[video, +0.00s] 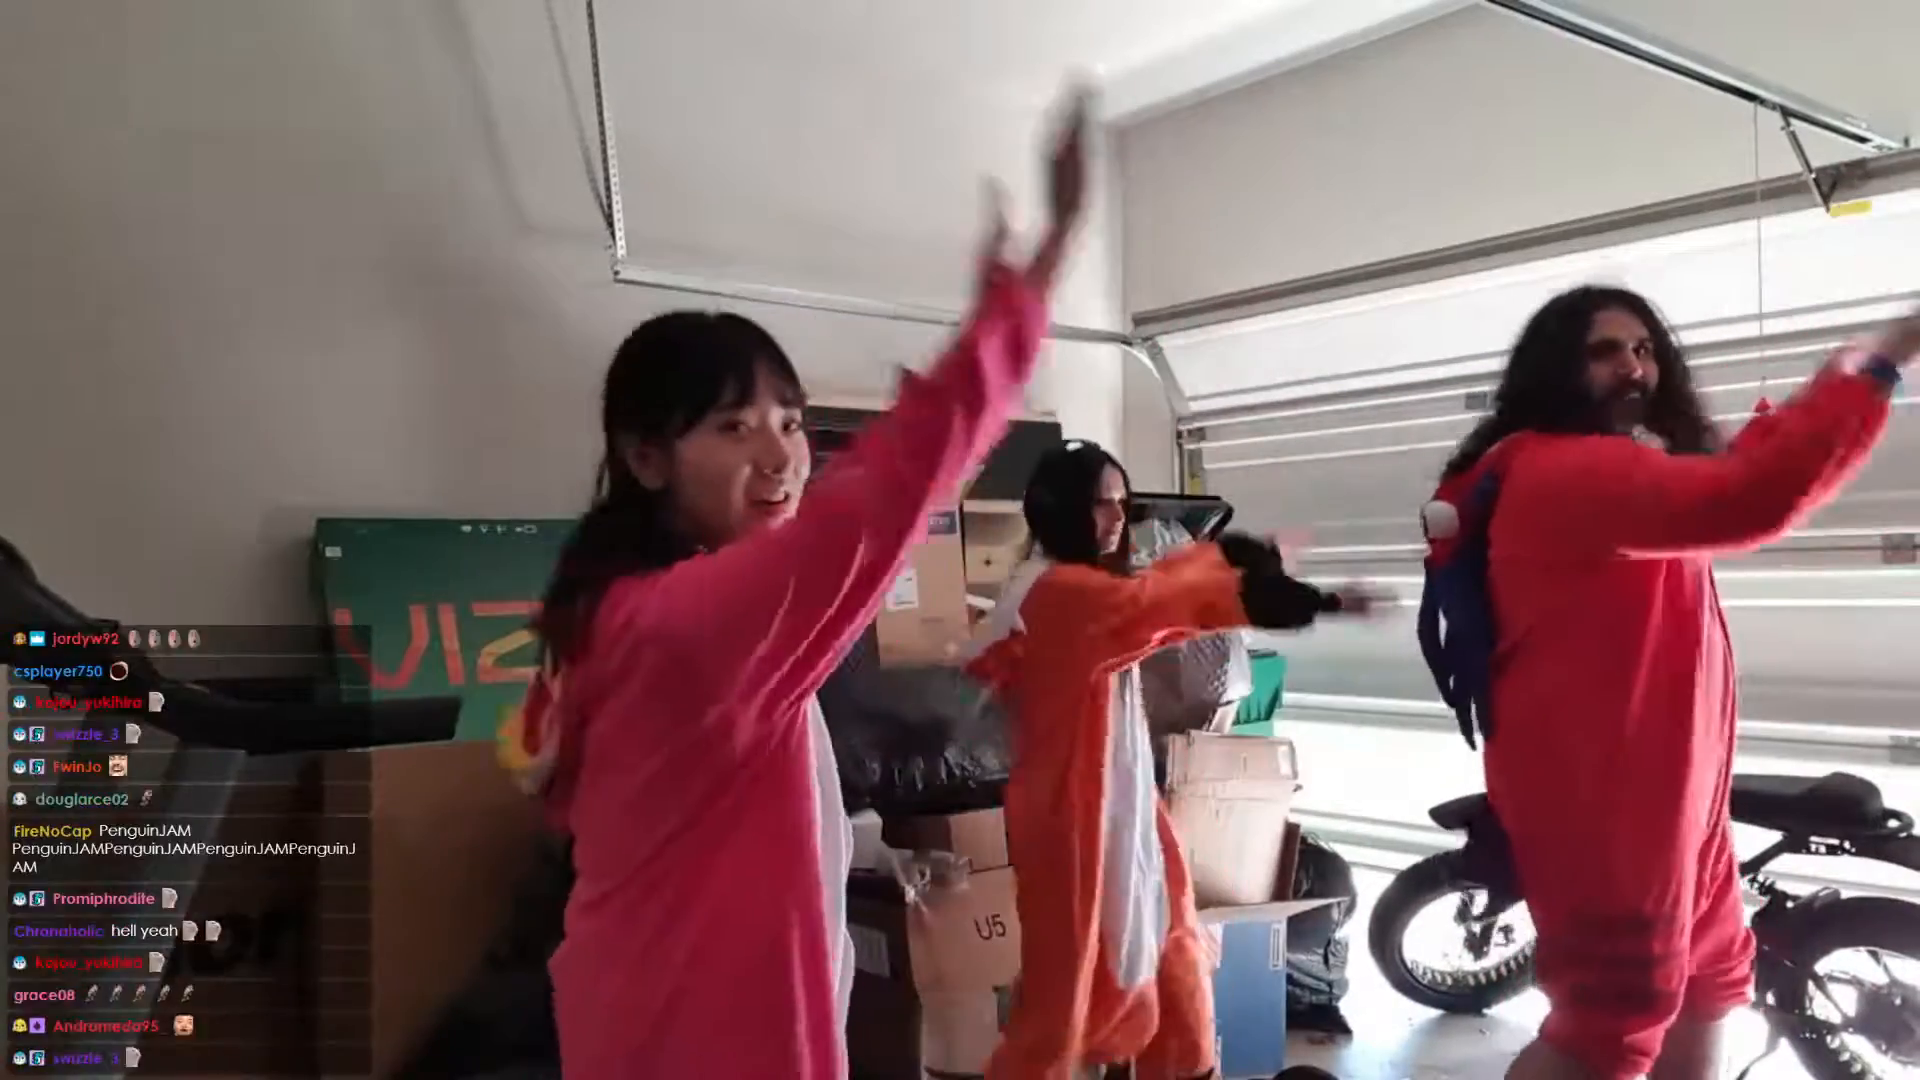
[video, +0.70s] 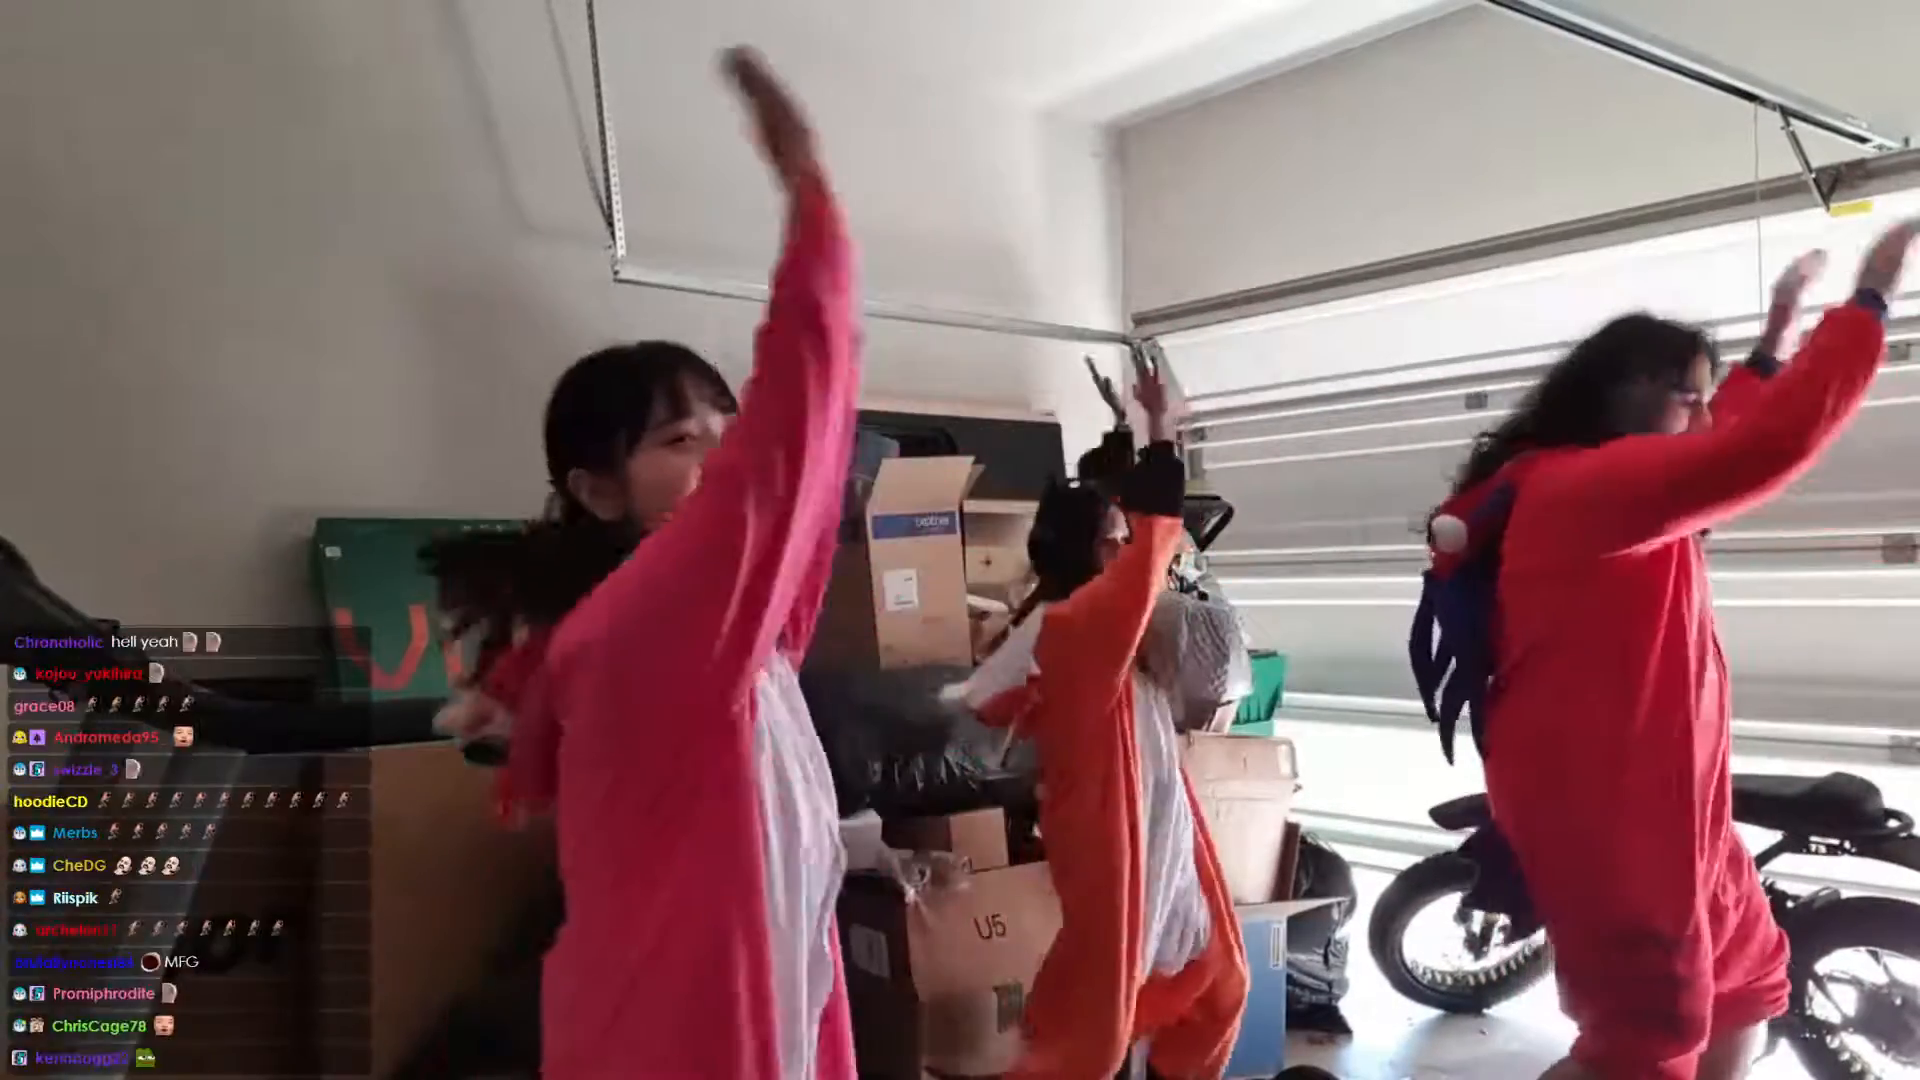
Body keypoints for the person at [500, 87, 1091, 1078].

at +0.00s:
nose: (780, 453)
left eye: (789, 423)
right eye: (733, 425)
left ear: (809, 434)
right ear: (648, 458)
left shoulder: (719, 620)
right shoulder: (676, 624)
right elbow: (882, 494)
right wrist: (1045, 260)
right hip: (701, 1045)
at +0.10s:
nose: (825, 446)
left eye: (839, 415)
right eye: (783, 412)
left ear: (857, 431)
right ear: (696, 431)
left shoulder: (732, 586)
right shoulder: (682, 590)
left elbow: (882, 676)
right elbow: (890, 636)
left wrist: (1064, 629)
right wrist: (1124, 606)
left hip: (720, 1021)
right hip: (648, 1031)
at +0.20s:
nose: (887, 494)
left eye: (898, 466)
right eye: (850, 463)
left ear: (909, 480)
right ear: (759, 482)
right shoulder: (754, 650)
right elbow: (896, 873)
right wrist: (1042, 1029)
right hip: (608, 1036)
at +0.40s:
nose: (855, 502)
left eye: (873, 475)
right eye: (816, 470)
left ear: (890, 504)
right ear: (732, 496)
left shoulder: (805, 677)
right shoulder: (697, 677)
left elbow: (867, 924)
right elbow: (756, 975)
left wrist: (906, 1068)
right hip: (560, 1054)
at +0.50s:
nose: (759, 420)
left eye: (774, 392)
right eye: (716, 392)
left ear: (793, 418)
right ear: (632, 423)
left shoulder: (735, 586)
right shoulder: (641, 592)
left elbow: (917, 686)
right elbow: (871, 727)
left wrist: (1131, 767)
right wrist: (1128, 834)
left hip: (732, 1030)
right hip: (619, 1039)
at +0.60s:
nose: (714, 416)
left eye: (716, 388)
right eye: (665, 395)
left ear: (740, 402)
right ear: (578, 441)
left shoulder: (720, 594)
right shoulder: (607, 595)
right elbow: (874, 498)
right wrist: (1103, 307)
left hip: (775, 1032)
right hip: (660, 1045)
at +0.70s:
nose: (720, 458)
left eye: (725, 433)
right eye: (678, 441)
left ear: (746, 443)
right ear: (598, 492)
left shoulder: (735, 635)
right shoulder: (620, 640)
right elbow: (779, 456)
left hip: (782, 1047)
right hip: (681, 1052)